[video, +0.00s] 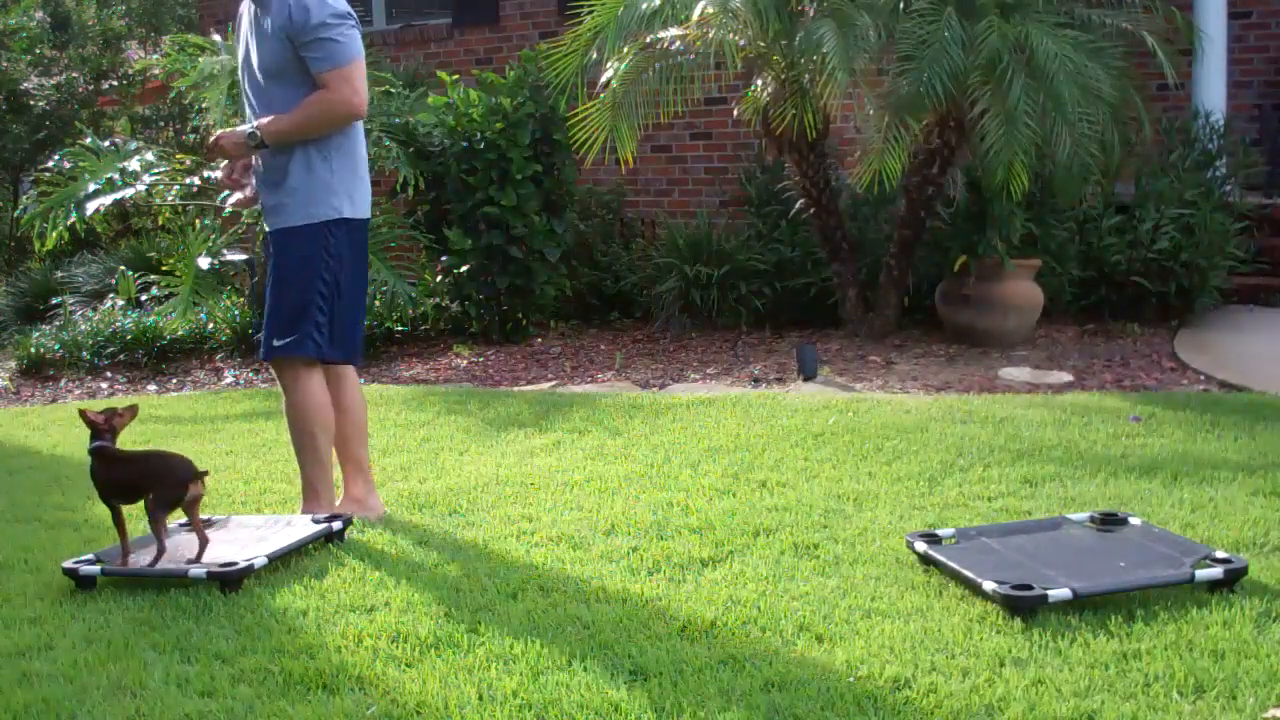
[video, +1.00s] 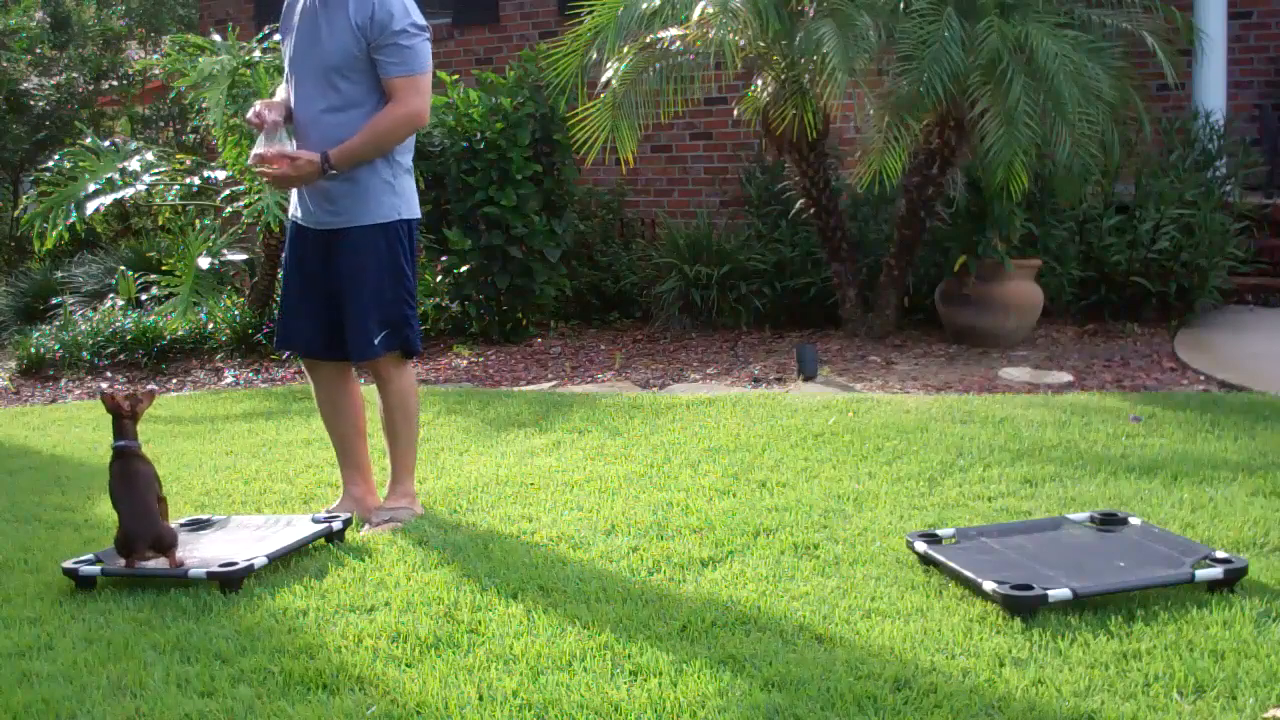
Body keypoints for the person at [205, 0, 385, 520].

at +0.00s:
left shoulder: (307, 2)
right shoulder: (257, 10)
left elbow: (349, 98)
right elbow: (303, 105)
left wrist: (254, 135)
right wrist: (261, 166)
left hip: (317, 205)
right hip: (310, 204)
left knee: (293, 354)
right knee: (334, 355)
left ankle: (319, 511)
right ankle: (361, 498)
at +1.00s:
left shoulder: (386, 7)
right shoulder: (296, 9)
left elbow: (412, 108)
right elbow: (300, 79)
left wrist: (325, 163)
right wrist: (278, 105)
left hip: (375, 208)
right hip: (312, 209)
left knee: (385, 353)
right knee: (320, 352)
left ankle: (402, 494)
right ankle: (358, 493)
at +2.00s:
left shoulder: (393, 5)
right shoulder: (303, 7)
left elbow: (433, 100)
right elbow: (305, 81)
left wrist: (340, 145)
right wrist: (295, 118)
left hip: (393, 202)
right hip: (328, 203)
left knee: (403, 351)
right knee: (329, 349)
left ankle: (405, 496)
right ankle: (358, 493)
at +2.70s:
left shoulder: (395, 5)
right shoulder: (309, 8)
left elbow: (431, 103)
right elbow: (310, 82)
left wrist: (337, 146)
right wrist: (294, 121)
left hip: (391, 205)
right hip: (325, 205)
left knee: (402, 351)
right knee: (328, 350)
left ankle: (403, 495)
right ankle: (358, 492)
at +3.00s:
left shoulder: (398, 6)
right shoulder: (304, 8)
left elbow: (432, 105)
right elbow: (304, 85)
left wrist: (338, 146)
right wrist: (288, 116)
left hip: (387, 205)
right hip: (319, 206)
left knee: (400, 351)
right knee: (320, 351)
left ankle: (404, 495)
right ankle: (358, 492)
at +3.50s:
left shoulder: (394, 9)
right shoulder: (249, 20)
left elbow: (435, 99)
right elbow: (221, 120)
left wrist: (374, 150)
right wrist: (224, 214)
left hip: (384, 212)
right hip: (300, 216)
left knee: (394, 359)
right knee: (300, 362)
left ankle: (406, 498)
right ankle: (288, 511)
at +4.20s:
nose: (346, 117)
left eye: (360, 105)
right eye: (334, 104)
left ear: (379, 75)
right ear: (316, 68)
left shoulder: (382, 66)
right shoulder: (268, 110)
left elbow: (372, 125)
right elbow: (245, 244)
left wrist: (357, 202)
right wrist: (241, 355)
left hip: (327, 221)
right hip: (260, 231)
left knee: (338, 354)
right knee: (269, 370)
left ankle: (342, 501)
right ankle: (282, 511)